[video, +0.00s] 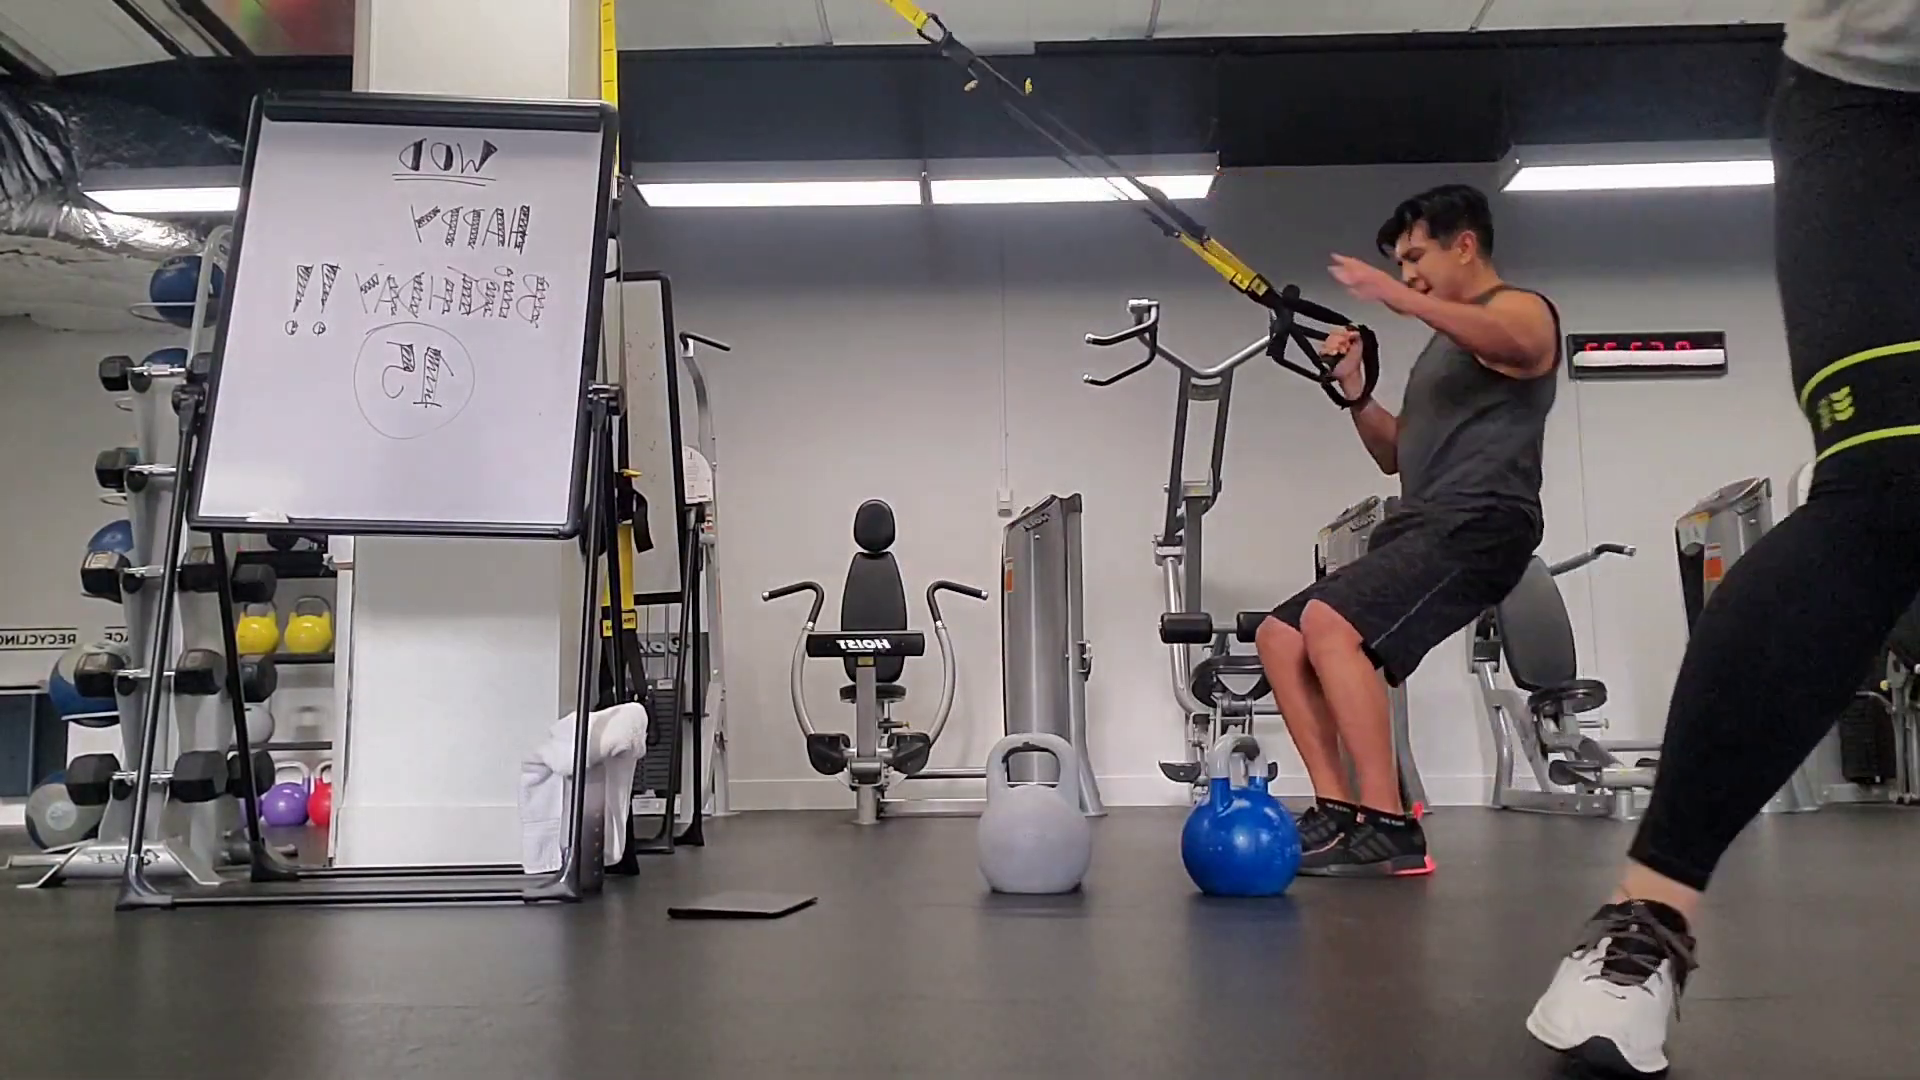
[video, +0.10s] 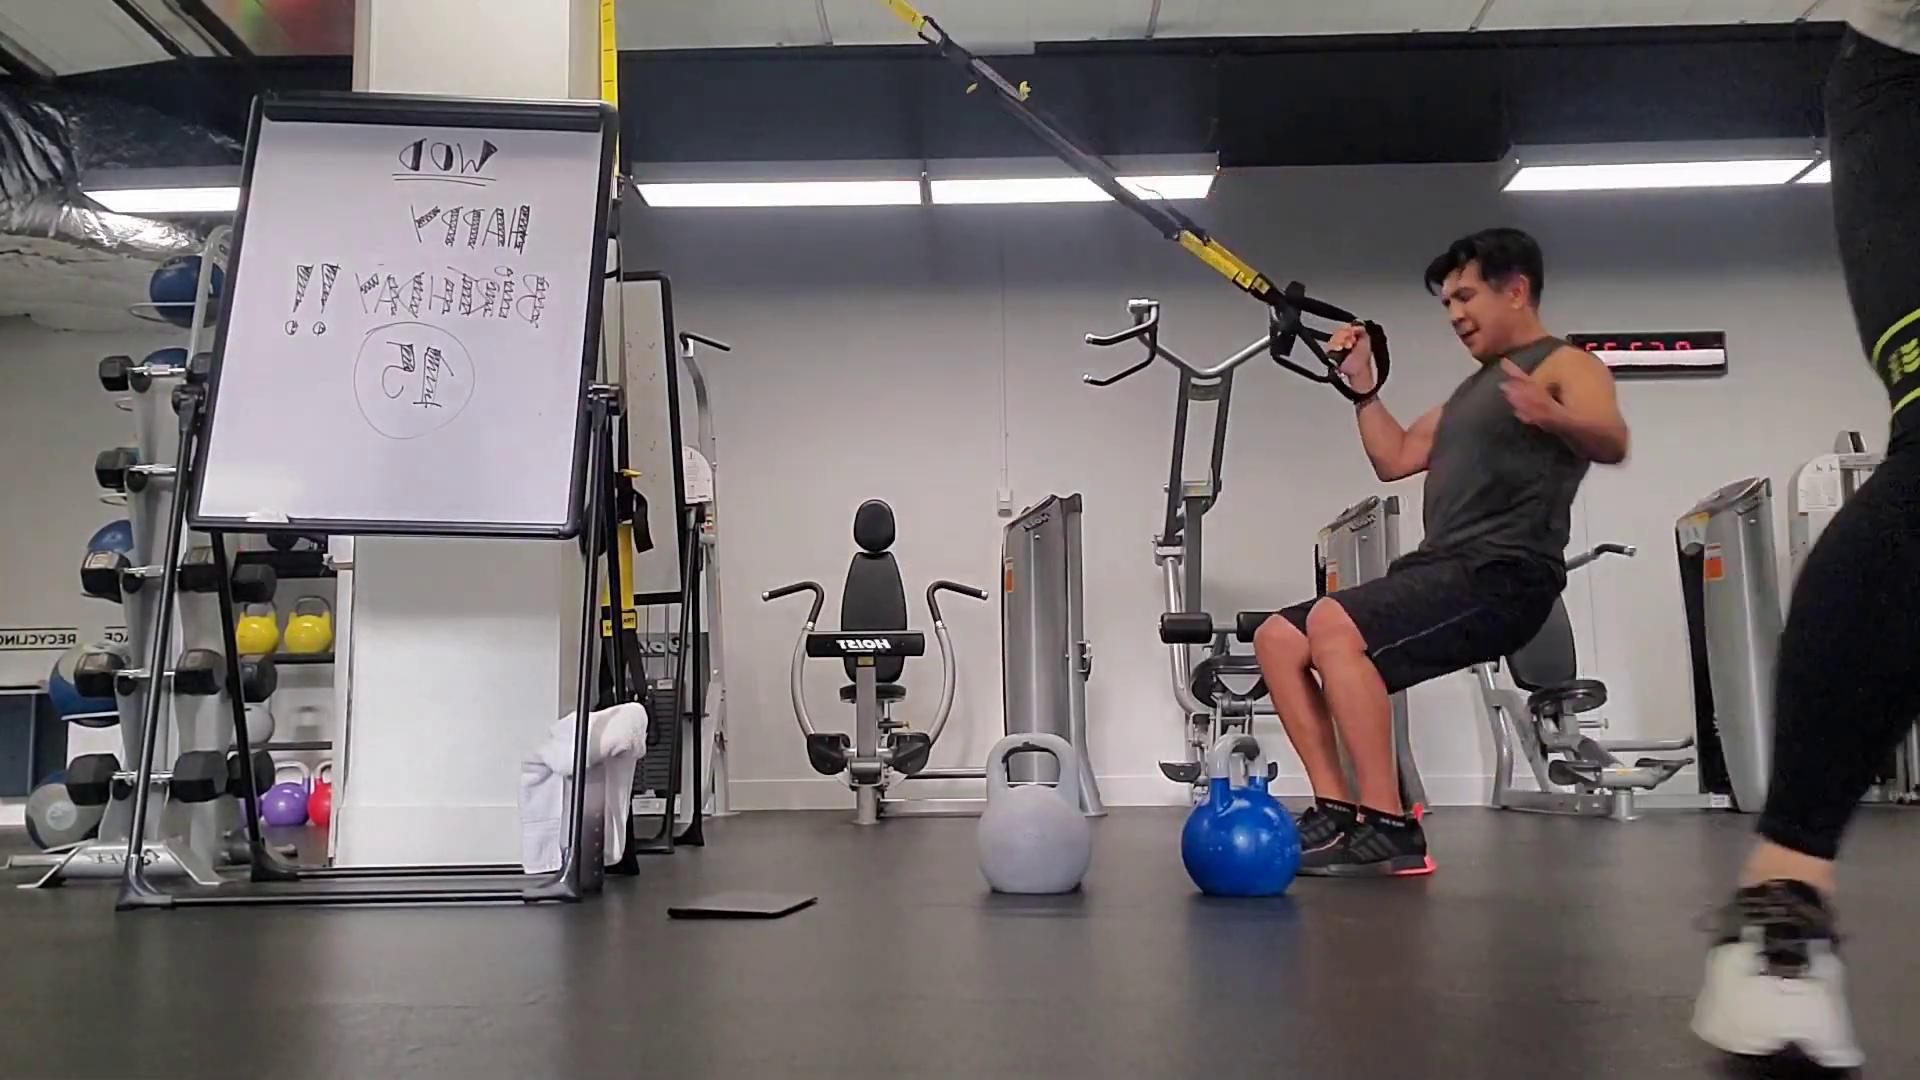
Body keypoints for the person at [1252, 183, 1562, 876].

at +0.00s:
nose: (1408, 277)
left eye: (1416, 257)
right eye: (1401, 264)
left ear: (1466, 244)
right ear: (1459, 254)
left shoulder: (1522, 306)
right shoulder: (1444, 348)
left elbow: (1523, 345)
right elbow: (1401, 456)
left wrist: (1405, 296)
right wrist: (1359, 398)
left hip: (1482, 522)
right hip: (1422, 526)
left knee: (1329, 621)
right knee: (1279, 635)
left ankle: (1389, 824)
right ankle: (1339, 813)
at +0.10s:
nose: (1453, 315)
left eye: (1465, 297)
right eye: (1449, 303)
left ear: (1518, 289)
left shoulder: (1565, 362)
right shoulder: (1470, 393)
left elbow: (1614, 444)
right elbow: (1394, 459)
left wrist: (1554, 414)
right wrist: (1363, 388)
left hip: (1505, 571)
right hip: (1441, 568)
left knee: (1335, 625)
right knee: (1277, 638)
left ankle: (1387, 824)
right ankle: (1337, 810)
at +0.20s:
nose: (1509, 356)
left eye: (1524, 337)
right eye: (1503, 343)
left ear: (1578, 340)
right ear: (1499, 351)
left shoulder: (1619, 431)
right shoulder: (1503, 431)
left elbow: (1677, 526)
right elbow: (1405, 460)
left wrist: (1697, 546)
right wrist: (1370, 384)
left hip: (1524, 626)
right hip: (1462, 616)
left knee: (1350, 623)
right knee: (1283, 639)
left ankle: (1392, 824)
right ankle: (1336, 811)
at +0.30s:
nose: (1558, 398)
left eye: (1577, 381)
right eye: (1551, 386)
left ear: (1628, 390)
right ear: (1547, 396)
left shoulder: (1663, 497)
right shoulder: (1528, 468)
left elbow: (1728, 602)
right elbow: (1420, 464)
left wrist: (1789, 659)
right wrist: (1372, 390)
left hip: (1544, 680)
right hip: (1477, 666)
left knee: (1378, 621)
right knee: (1298, 639)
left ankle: (1396, 826)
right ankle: (1337, 813)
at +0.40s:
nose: (1598, 438)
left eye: (1618, 423)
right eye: (1591, 424)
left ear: (1667, 437)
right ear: (1581, 433)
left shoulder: (1695, 552)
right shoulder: (1551, 500)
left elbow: (1763, 672)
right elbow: (1438, 466)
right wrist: (1372, 396)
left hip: (1556, 718)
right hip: (1480, 692)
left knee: (1411, 620)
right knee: (1316, 637)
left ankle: (1401, 823)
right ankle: (1338, 813)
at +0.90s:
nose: (1576, 412)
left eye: (1597, 398)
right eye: (1573, 403)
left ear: (1649, 421)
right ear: (1568, 421)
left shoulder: (1664, 518)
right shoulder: (1538, 494)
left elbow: (1707, 627)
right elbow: (1434, 474)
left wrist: (1759, 690)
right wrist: (1368, 406)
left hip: (1535, 692)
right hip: (1472, 681)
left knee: (1372, 620)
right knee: (1303, 638)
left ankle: (1396, 824)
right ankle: (1336, 810)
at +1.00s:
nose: (1541, 358)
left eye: (1558, 342)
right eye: (1541, 349)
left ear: (1611, 357)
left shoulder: (1626, 443)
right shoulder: (1529, 453)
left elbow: (1621, 538)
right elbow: (1432, 465)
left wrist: (1595, 557)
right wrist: (1373, 392)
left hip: (1520, 631)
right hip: (1467, 623)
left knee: (1341, 629)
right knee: (1286, 638)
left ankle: (1391, 825)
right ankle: (1333, 811)